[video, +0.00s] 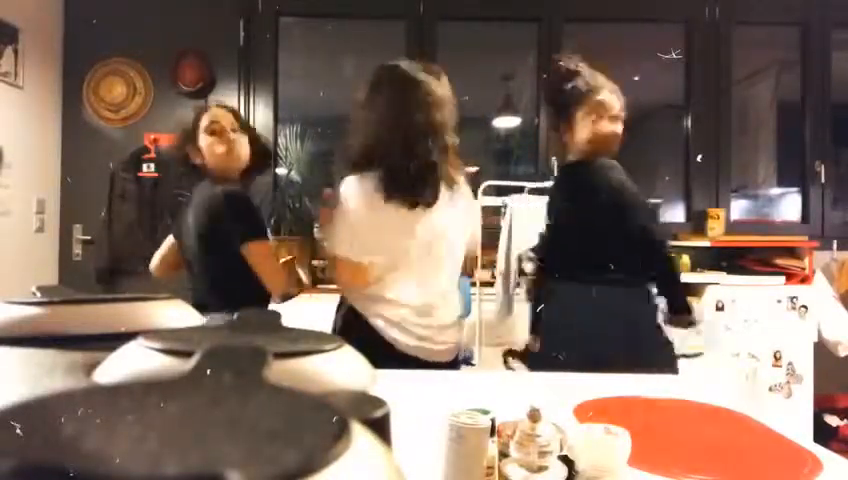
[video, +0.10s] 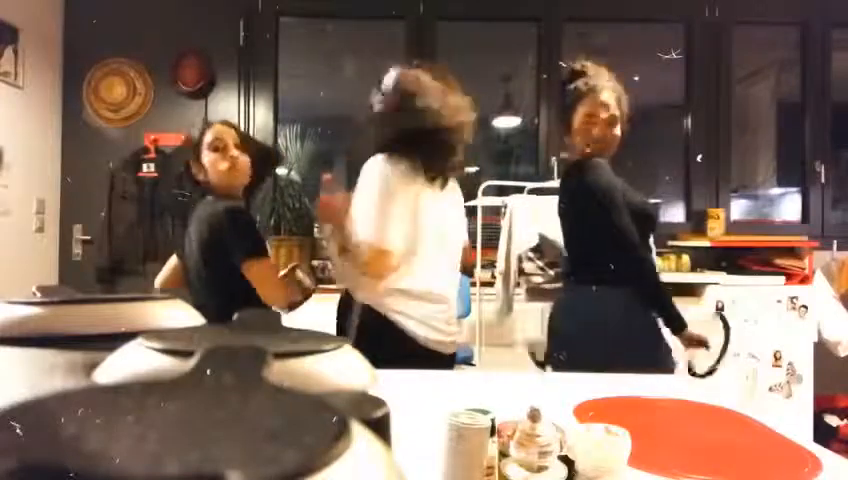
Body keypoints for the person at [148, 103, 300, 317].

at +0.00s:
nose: (229, 137)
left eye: (236, 130)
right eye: (214, 131)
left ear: (249, 143)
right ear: (195, 153)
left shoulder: (197, 199)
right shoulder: (232, 200)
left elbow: (160, 267)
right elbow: (279, 285)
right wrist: (292, 269)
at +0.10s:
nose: (233, 154)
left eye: (239, 147)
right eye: (217, 148)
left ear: (250, 163)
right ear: (198, 170)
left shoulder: (203, 213)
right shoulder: (232, 216)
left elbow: (165, 282)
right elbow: (278, 297)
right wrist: (297, 280)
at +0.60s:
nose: (257, 146)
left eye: (261, 137)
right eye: (240, 140)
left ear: (271, 146)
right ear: (220, 158)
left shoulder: (219, 205)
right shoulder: (254, 202)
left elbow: (183, 277)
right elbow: (293, 290)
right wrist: (314, 292)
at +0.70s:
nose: (257, 134)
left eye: (261, 125)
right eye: (241, 128)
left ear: (271, 135)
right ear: (220, 146)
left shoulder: (217, 196)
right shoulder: (263, 189)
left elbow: (184, 266)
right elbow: (303, 275)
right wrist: (318, 287)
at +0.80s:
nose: (257, 145)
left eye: (261, 136)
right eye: (241, 138)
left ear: (271, 146)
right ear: (220, 155)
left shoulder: (214, 206)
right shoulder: (255, 201)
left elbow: (195, 278)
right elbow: (299, 280)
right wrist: (317, 306)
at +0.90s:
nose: (255, 155)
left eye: (259, 146)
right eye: (238, 147)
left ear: (268, 154)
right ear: (215, 162)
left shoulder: (208, 215)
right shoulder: (250, 213)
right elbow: (284, 298)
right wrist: (310, 314)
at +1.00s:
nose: (248, 146)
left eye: (252, 137)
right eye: (232, 138)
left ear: (260, 145)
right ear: (209, 154)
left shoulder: (201, 206)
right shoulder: (242, 204)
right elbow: (266, 291)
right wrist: (298, 314)